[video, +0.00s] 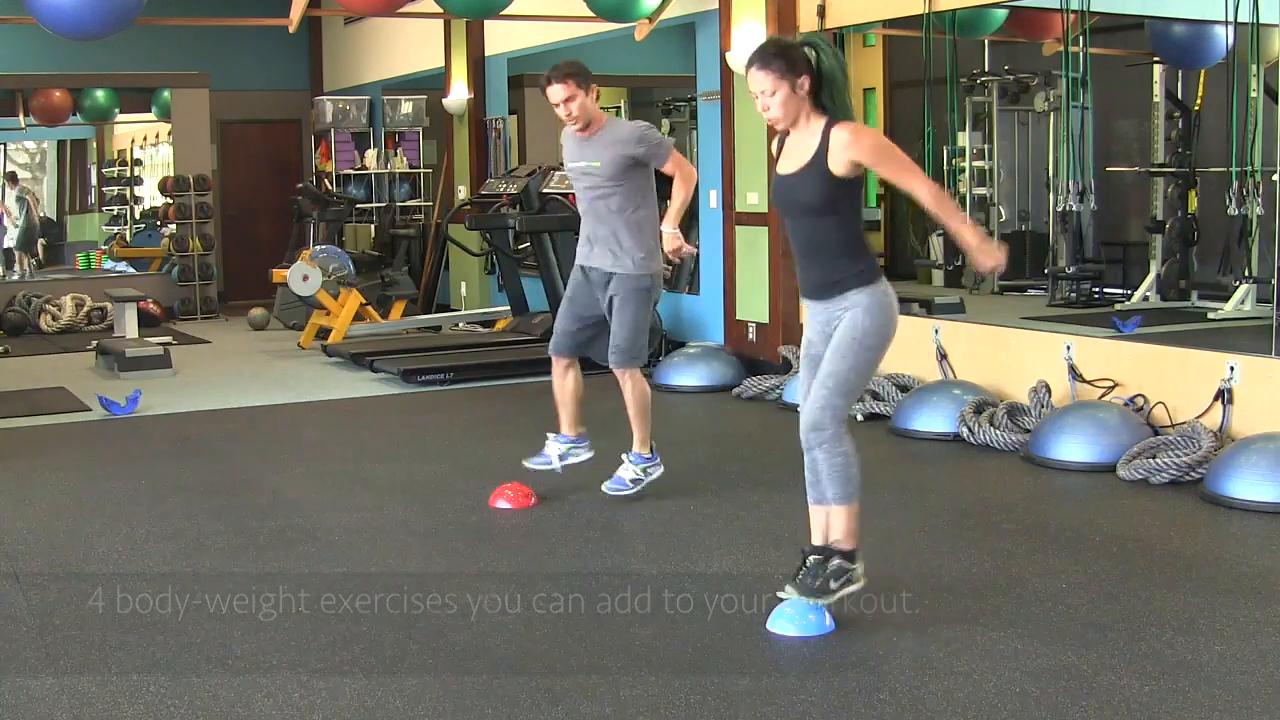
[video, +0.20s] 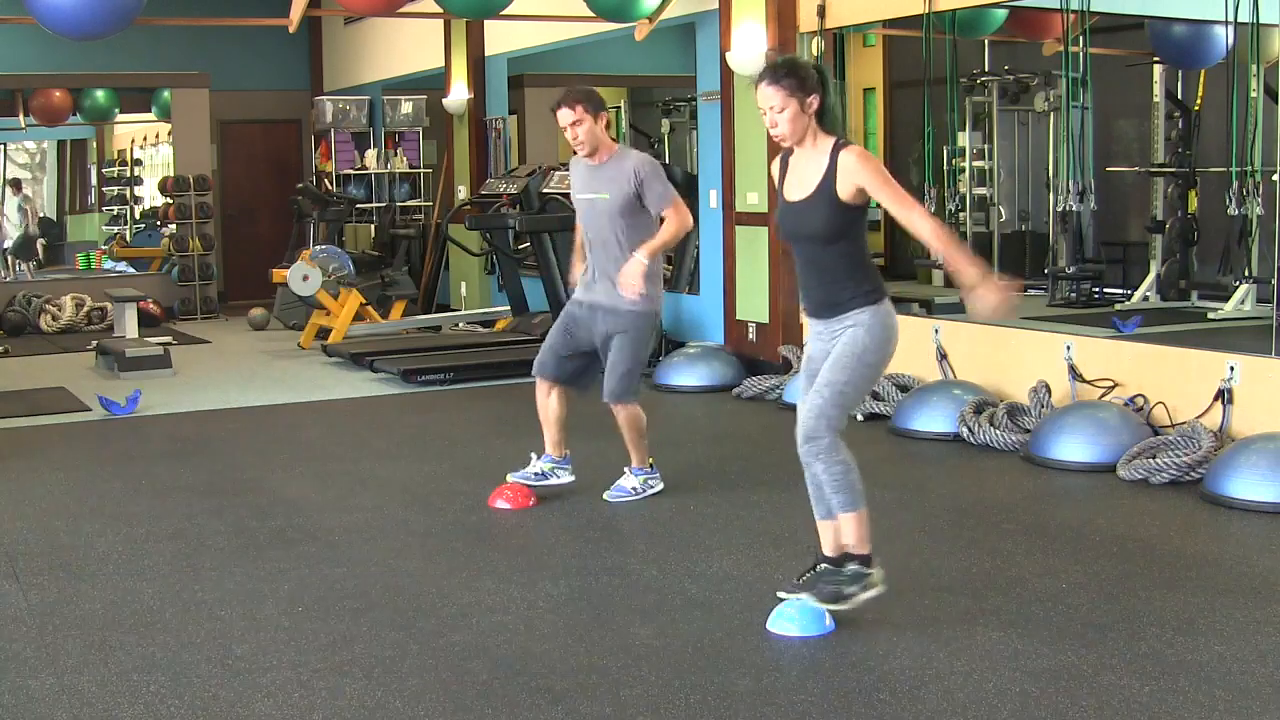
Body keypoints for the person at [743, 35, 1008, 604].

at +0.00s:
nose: (761, 106)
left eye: (768, 94)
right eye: (756, 96)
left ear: (801, 85)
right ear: (763, 94)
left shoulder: (847, 138)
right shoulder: (782, 144)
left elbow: (922, 187)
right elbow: (810, 221)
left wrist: (977, 243)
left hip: (863, 305)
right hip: (817, 310)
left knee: (824, 417)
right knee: (812, 421)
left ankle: (844, 556)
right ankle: (820, 550)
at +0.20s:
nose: (769, 121)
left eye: (777, 109)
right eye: (763, 111)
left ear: (810, 103)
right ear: (763, 112)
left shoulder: (851, 161)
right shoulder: (780, 165)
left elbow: (918, 219)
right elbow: (805, 244)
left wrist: (976, 277)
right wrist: (806, 315)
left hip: (865, 321)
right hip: (819, 326)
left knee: (817, 428)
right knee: (811, 436)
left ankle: (859, 562)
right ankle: (832, 559)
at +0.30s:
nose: (774, 123)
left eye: (780, 111)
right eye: (769, 113)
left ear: (814, 101)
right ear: (772, 110)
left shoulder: (853, 160)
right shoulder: (792, 163)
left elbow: (905, 238)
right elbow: (800, 242)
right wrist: (764, 306)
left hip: (876, 318)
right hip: (834, 322)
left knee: (843, 433)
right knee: (806, 436)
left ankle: (896, 572)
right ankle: (831, 556)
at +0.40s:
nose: (775, 155)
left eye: (781, 141)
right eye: (771, 143)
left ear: (818, 133)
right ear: (780, 141)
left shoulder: (856, 194)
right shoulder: (796, 197)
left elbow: (873, 281)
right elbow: (782, 277)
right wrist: (726, 277)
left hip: (899, 351)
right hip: (853, 352)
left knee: (864, 464)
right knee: (797, 454)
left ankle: (919, 595)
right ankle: (833, 561)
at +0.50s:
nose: (776, 213)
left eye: (784, 200)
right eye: (772, 202)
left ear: (820, 195)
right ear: (777, 204)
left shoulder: (855, 253)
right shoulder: (793, 260)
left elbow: (818, 334)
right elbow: (751, 336)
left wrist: (758, 272)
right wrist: (720, 281)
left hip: (925, 391)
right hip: (872, 393)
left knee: (865, 478)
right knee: (794, 466)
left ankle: (919, 599)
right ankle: (834, 566)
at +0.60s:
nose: (776, 276)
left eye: (785, 264)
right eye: (772, 265)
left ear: (821, 262)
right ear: (770, 268)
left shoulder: (855, 317)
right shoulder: (795, 318)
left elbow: (794, 381)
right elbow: (734, 379)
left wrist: (762, 306)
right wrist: (725, 305)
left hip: (940, 429)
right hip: (884, 432)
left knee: (868, 483)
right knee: (795, 469)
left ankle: (920, 600)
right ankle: (835, 568)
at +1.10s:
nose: (800, 211)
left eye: (808, 197)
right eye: (797, 199)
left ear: (846, 191)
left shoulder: (886, 250)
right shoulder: (817, 254)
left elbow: (840, 334)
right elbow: (764, 324)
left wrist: (749, 363)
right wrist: (693, 368)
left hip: (941, 385)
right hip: (886, 383)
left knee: (880, 477)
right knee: (808, 464)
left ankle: (921, 599)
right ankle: (834, 565)